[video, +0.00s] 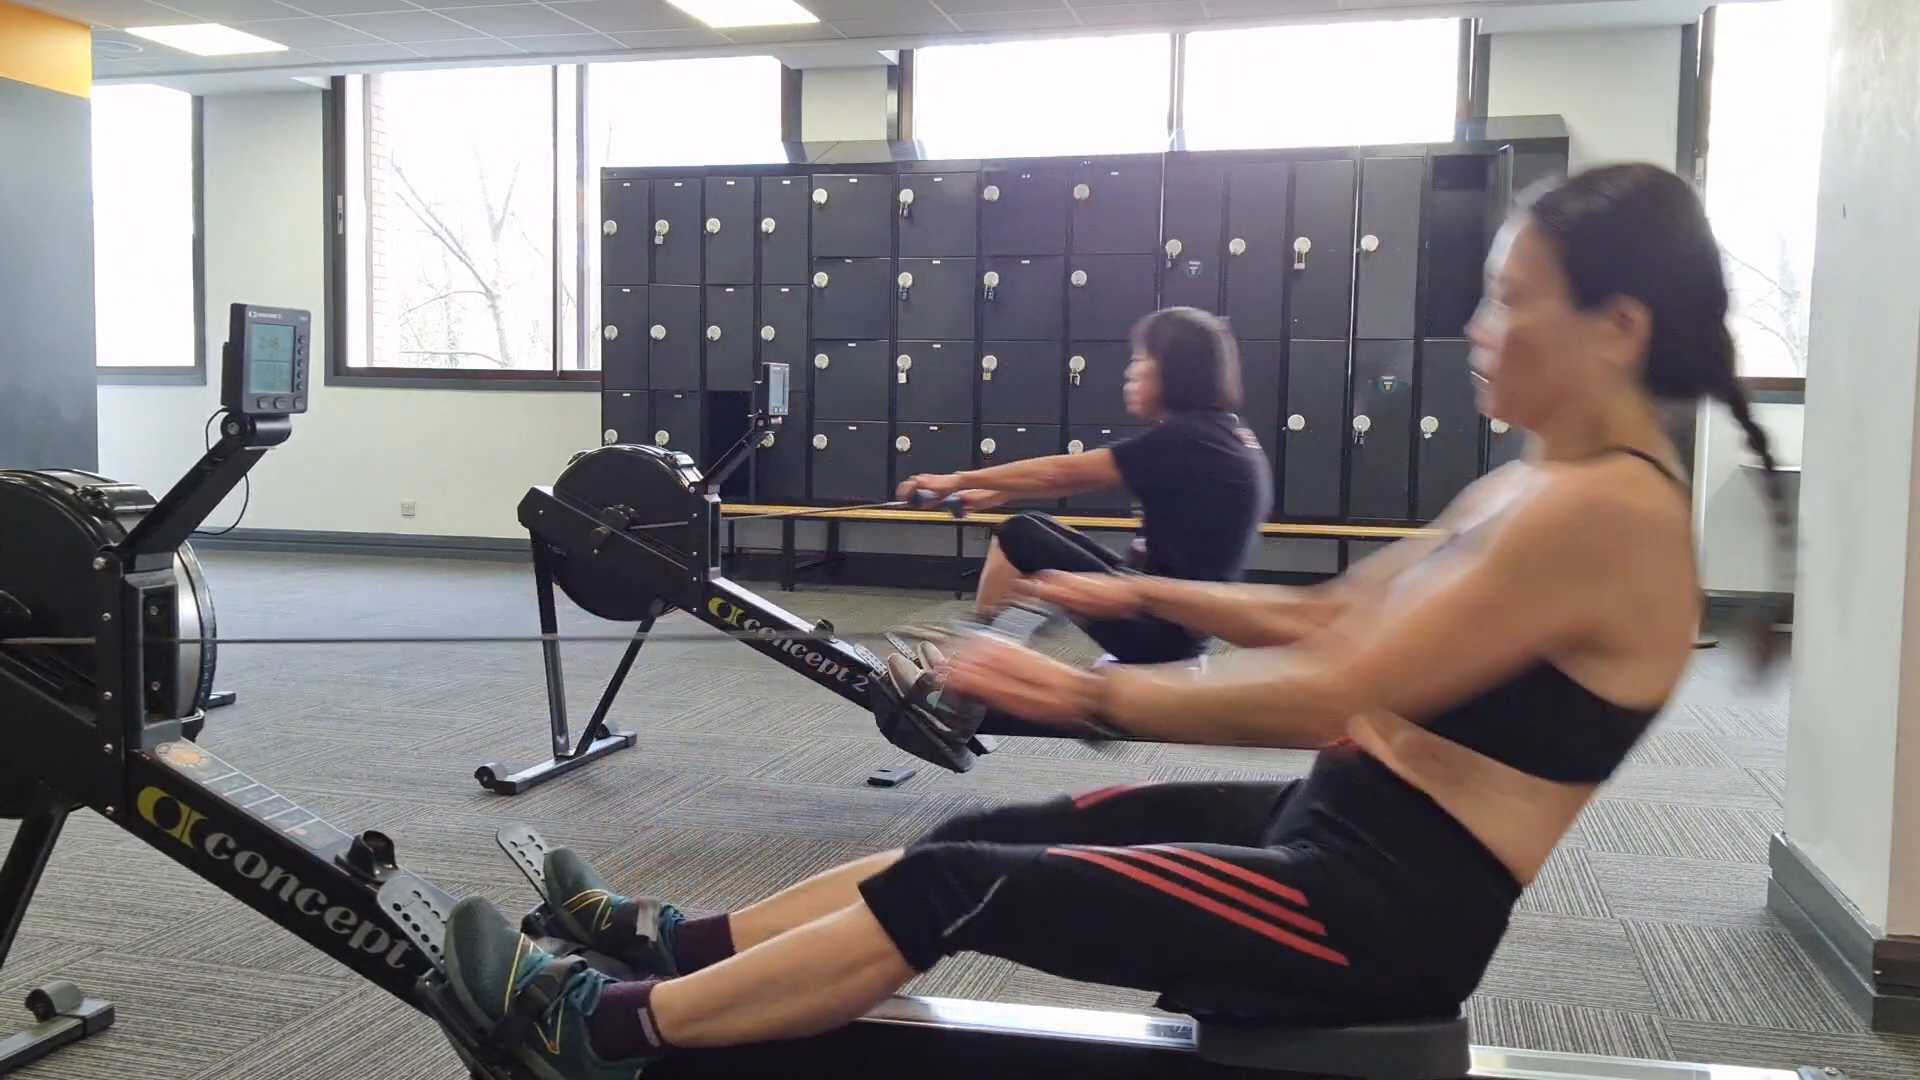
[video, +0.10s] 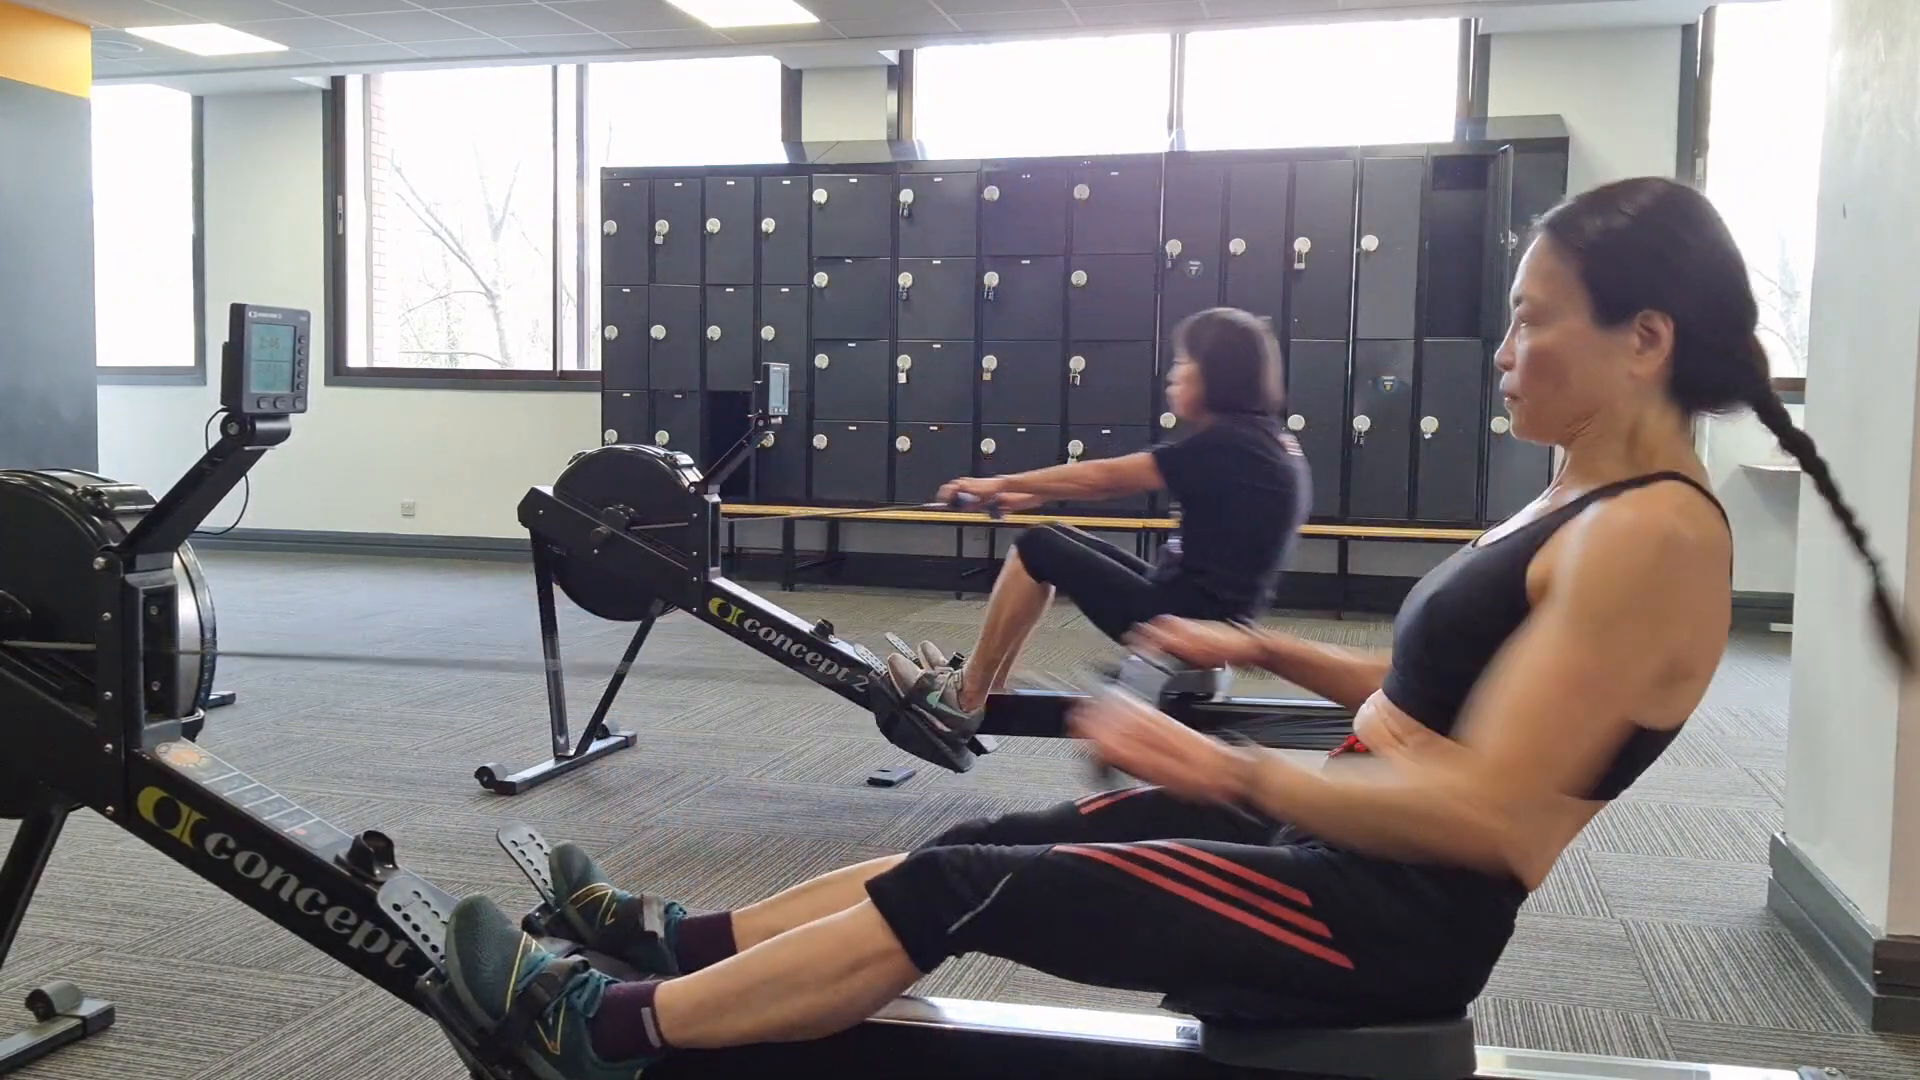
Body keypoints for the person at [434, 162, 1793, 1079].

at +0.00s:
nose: (1481, 333)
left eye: (1511, 306)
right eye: (1489, 303)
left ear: (1619, 328)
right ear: (1585, 327)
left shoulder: (1598, 509)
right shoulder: (1536, 479)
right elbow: (1336, 625)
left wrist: (1089, 697)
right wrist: (1122, 602)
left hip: (1378, 900)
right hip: (1330, 833)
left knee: (969, 874)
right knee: (967, 840)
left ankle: (621, 1029)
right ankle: (669, 953)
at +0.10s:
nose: (1504, 353)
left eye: (1535, 321)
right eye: (1512, 320)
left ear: (1647, 339)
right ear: (1631, 342)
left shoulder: (1650, 533)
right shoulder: (1590, 503)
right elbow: (1429, 714)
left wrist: (1223, 776)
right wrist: (1261, 655)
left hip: (1387, 928)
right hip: (1340, 857)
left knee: (958, 887)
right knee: (963, 839)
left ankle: (618, 1027)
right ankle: (683, 953)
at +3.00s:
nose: (1037, 297)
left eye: (1060, 269)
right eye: (1044, 269)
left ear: (1149, 292)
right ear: (1145, 296)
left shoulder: (1143, 471)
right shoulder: (1204, 435)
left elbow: (909, 705)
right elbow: (1047, 591)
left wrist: (727, 700)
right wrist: (866, 588)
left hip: (1179, 898)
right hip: (1196, 831)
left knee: (833, 746)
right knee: (871, 699)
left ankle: (624, 1017)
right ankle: (666, 954)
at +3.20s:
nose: (871, 315)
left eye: (890, 287)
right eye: (877, 287)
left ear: (966, 308)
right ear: (969, 310)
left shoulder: (959, 477)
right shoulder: (1051, 437)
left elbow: (703, 654)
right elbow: (772, 616)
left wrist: (516, 746)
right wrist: (679, 644)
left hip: (1048, 897)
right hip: (1103, 866)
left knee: (732, 698)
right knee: (786, 651)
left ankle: (611, 1014)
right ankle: (691, 942)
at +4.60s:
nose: (1477, 360)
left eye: (1505, 325)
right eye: (1479, 326)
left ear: (1619, 335)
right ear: (1573, 331)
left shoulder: (1641, 540)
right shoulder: (1565, 501)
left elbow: (1641, 860)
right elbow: (1522, 758)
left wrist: (1376, 839)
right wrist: (1365, 713)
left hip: (1384, 929)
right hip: (1339, 849)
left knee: (960, 870)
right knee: (967, 826)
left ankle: (620, 1031)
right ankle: (688, 958)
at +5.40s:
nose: (846, 316)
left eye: (866, 290)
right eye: (853, 290)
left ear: (941, 315)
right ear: (939, 317)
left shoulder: (939, 480)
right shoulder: (1027, 437)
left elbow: (683, 659)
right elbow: (779, 606)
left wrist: (492, 745)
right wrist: (658, 639)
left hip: (1041, 901)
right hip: (1094, 868)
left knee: (728, 701)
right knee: (788, 655)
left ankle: (614, 1015)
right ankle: (692, 948)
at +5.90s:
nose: (720, 327)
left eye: (737, 304)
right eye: (728, 302)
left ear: (808, 331)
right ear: (851, 338)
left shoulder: (792, 476)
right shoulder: (941, 464)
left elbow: (513, 581)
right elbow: (1071, 629)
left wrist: (307, 641)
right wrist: (938, 716)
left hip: (938, 889)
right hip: (1024, 874)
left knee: (673, 643)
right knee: (726, 628)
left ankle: (611, 996)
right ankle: (685, 932)